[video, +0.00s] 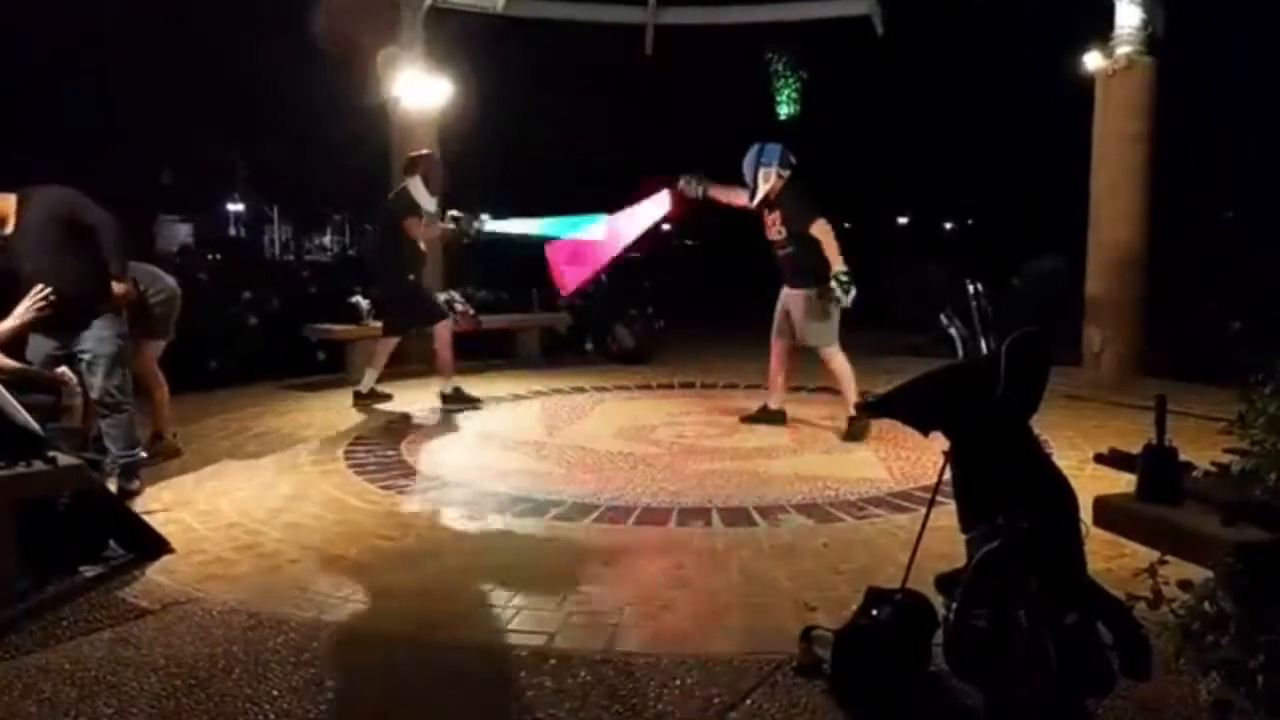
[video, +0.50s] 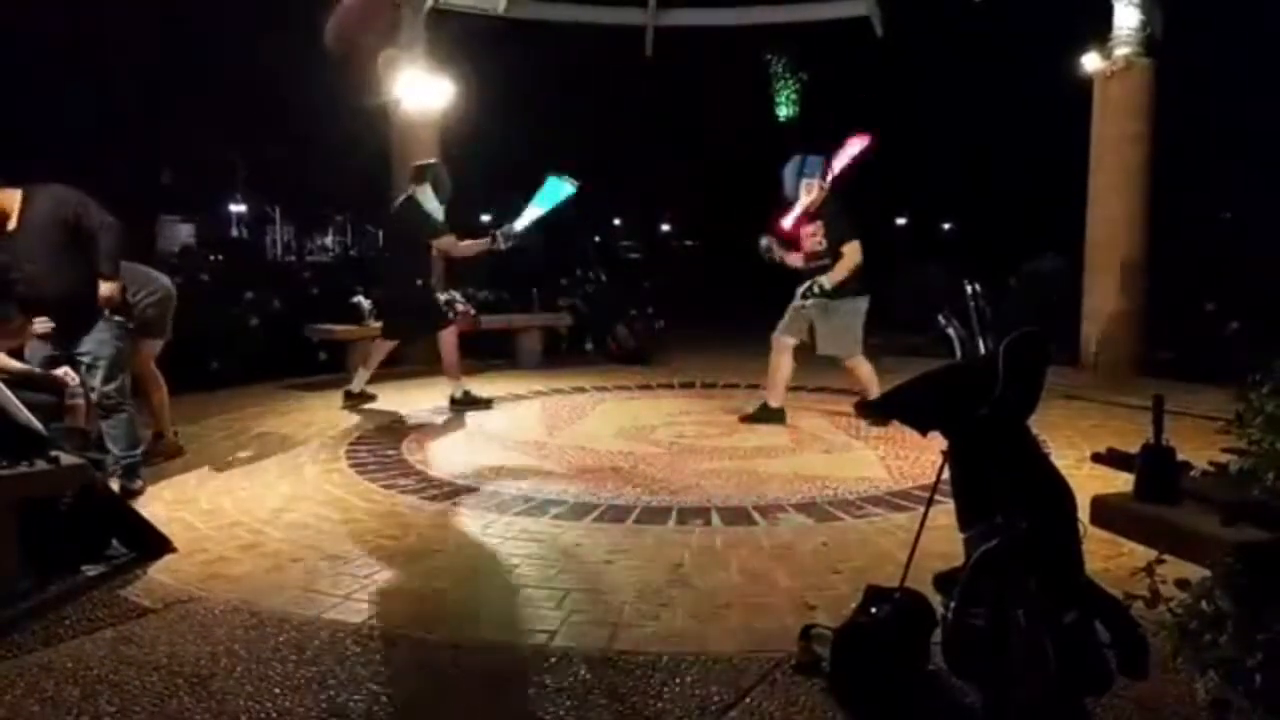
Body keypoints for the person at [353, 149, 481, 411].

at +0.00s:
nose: (439, 176)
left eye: (438, 170)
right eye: (434, 170)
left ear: (417, 173)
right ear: (421, 172)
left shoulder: (419, 199)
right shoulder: (402, 199)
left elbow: (426, 232)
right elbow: (419, 233)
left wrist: (448, 225)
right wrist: (448, 227)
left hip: (400, 280)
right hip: (400, 281)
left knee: (392, 332)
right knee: (442, 322)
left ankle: (365, 387)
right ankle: (449, 389)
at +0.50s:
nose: (446, 193)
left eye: (445, 187)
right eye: (443, 187)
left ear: (418, 182)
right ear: (431, 184)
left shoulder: (402, 207)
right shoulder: (417, 211)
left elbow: (437, 245)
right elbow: (454, 248)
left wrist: (484, 243)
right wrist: (491, 242)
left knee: (391, 334)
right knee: (447, 326)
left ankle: (355, 387)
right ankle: (458, 392)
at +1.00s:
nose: (428, 182)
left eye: (428, 175)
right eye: (425, 175)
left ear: (401, 175)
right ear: (413, 175)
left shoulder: (382, 199)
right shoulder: (393, 202)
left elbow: (405, 247)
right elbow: (403, 246)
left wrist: (430, 271)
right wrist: (431, 272)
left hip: (365, 275)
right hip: (377, 277)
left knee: (370, 332)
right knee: (409, 327)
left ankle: (351, 389)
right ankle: (406, 390)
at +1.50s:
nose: (439, 192)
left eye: (438, 186)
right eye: (435, 186)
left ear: (412, 189)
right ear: (422, 189)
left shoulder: (400, 213)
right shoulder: (406, 215)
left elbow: (413, 261)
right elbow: (411, 264)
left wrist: (442, 271)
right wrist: (443, 274)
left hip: (387, 288)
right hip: (398, 289)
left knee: (401, 335)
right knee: (447, 324)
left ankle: (356, 382)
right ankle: (452, 390)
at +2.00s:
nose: (424, 183)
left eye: (423, 176)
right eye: (420, 176)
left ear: (402, 177)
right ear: (409, 177)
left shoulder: (394, 202)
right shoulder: (387, 204)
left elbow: (394, 247)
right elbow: (388, 249)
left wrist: (413, 268)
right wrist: (413, 270)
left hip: (370, 274)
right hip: (375, 275)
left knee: (368, 331)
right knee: (405, 325)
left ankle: (347, 388)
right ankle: (397, 389)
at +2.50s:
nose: (435, 190)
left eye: (435, 183)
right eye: (432, 183)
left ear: (408, 184)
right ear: (419, 184)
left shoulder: (395, 207)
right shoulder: (405, 209)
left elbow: (423, 256)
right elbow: (424, 256)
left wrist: (458, 266)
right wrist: (461, 266)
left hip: (377, 277)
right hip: (391, 279)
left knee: (384, 330)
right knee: (432, 326)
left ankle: (347, 381)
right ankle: (435, 387)